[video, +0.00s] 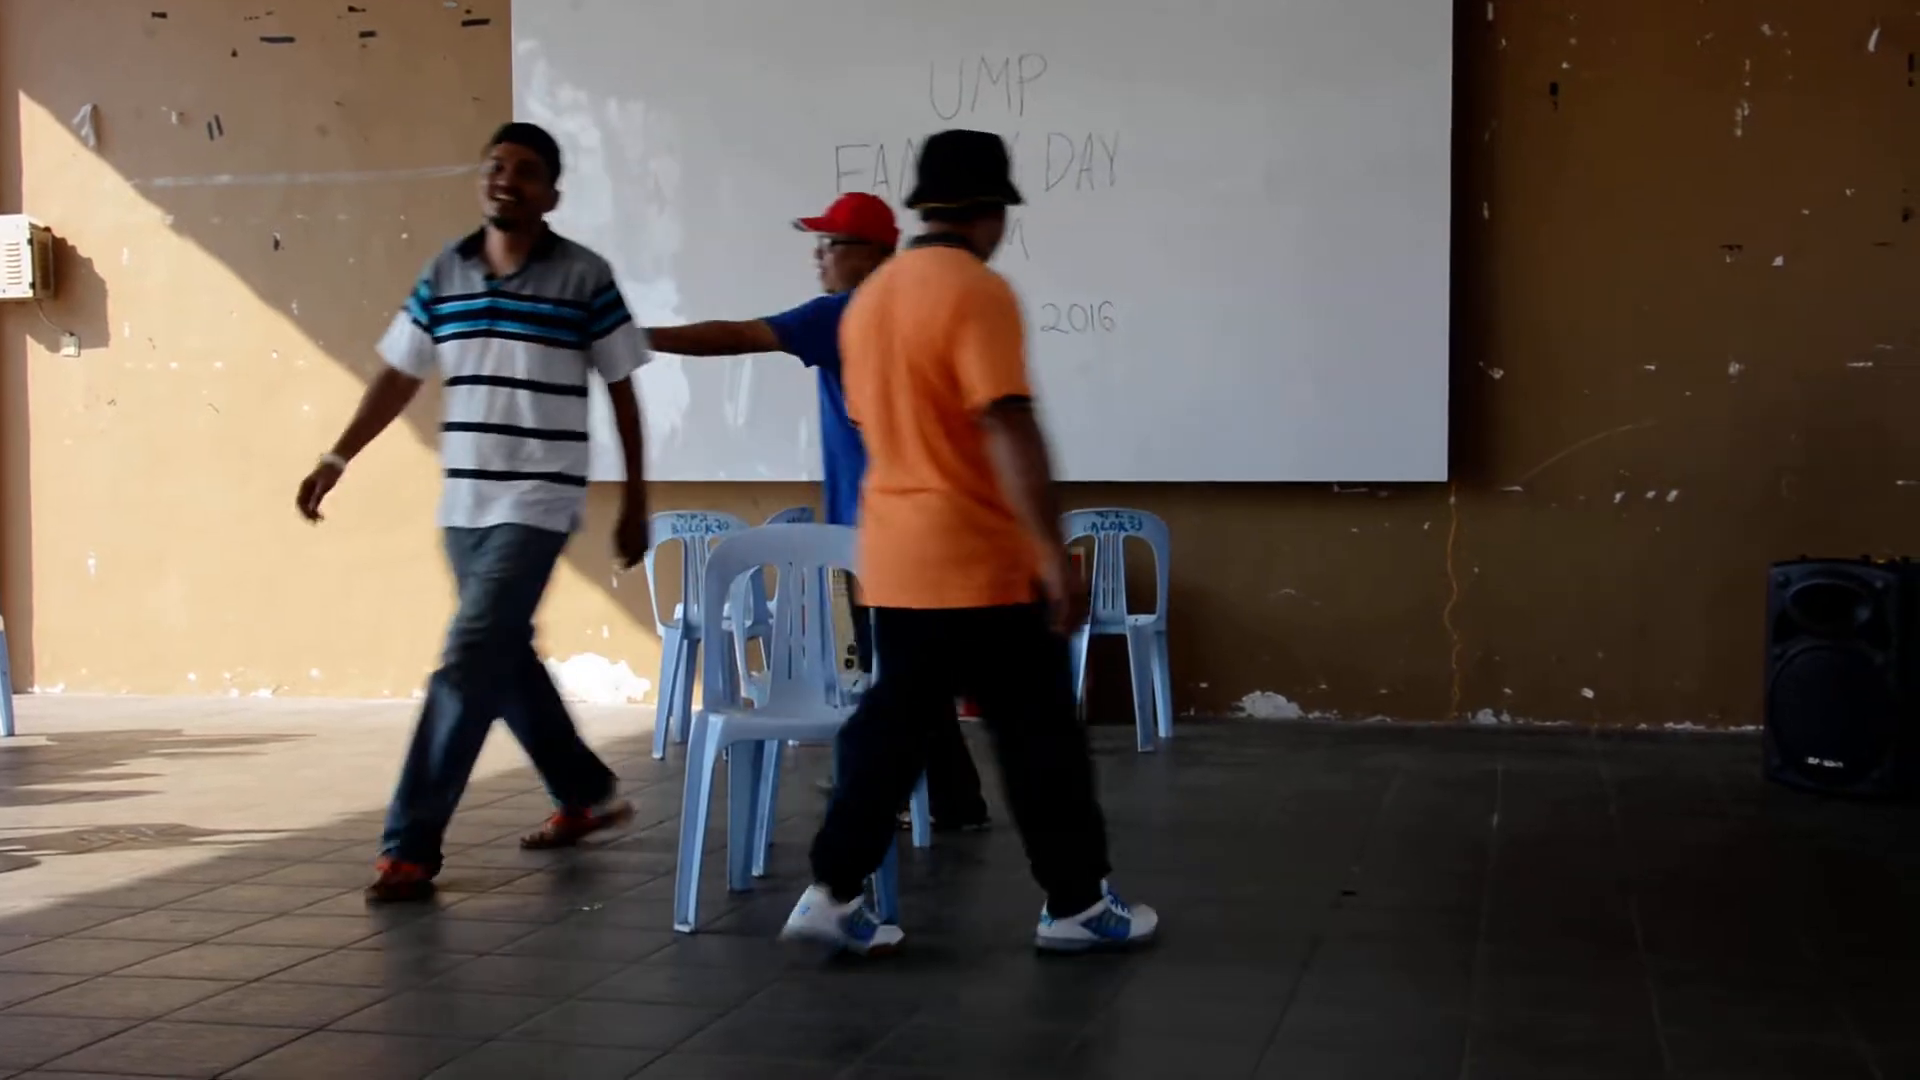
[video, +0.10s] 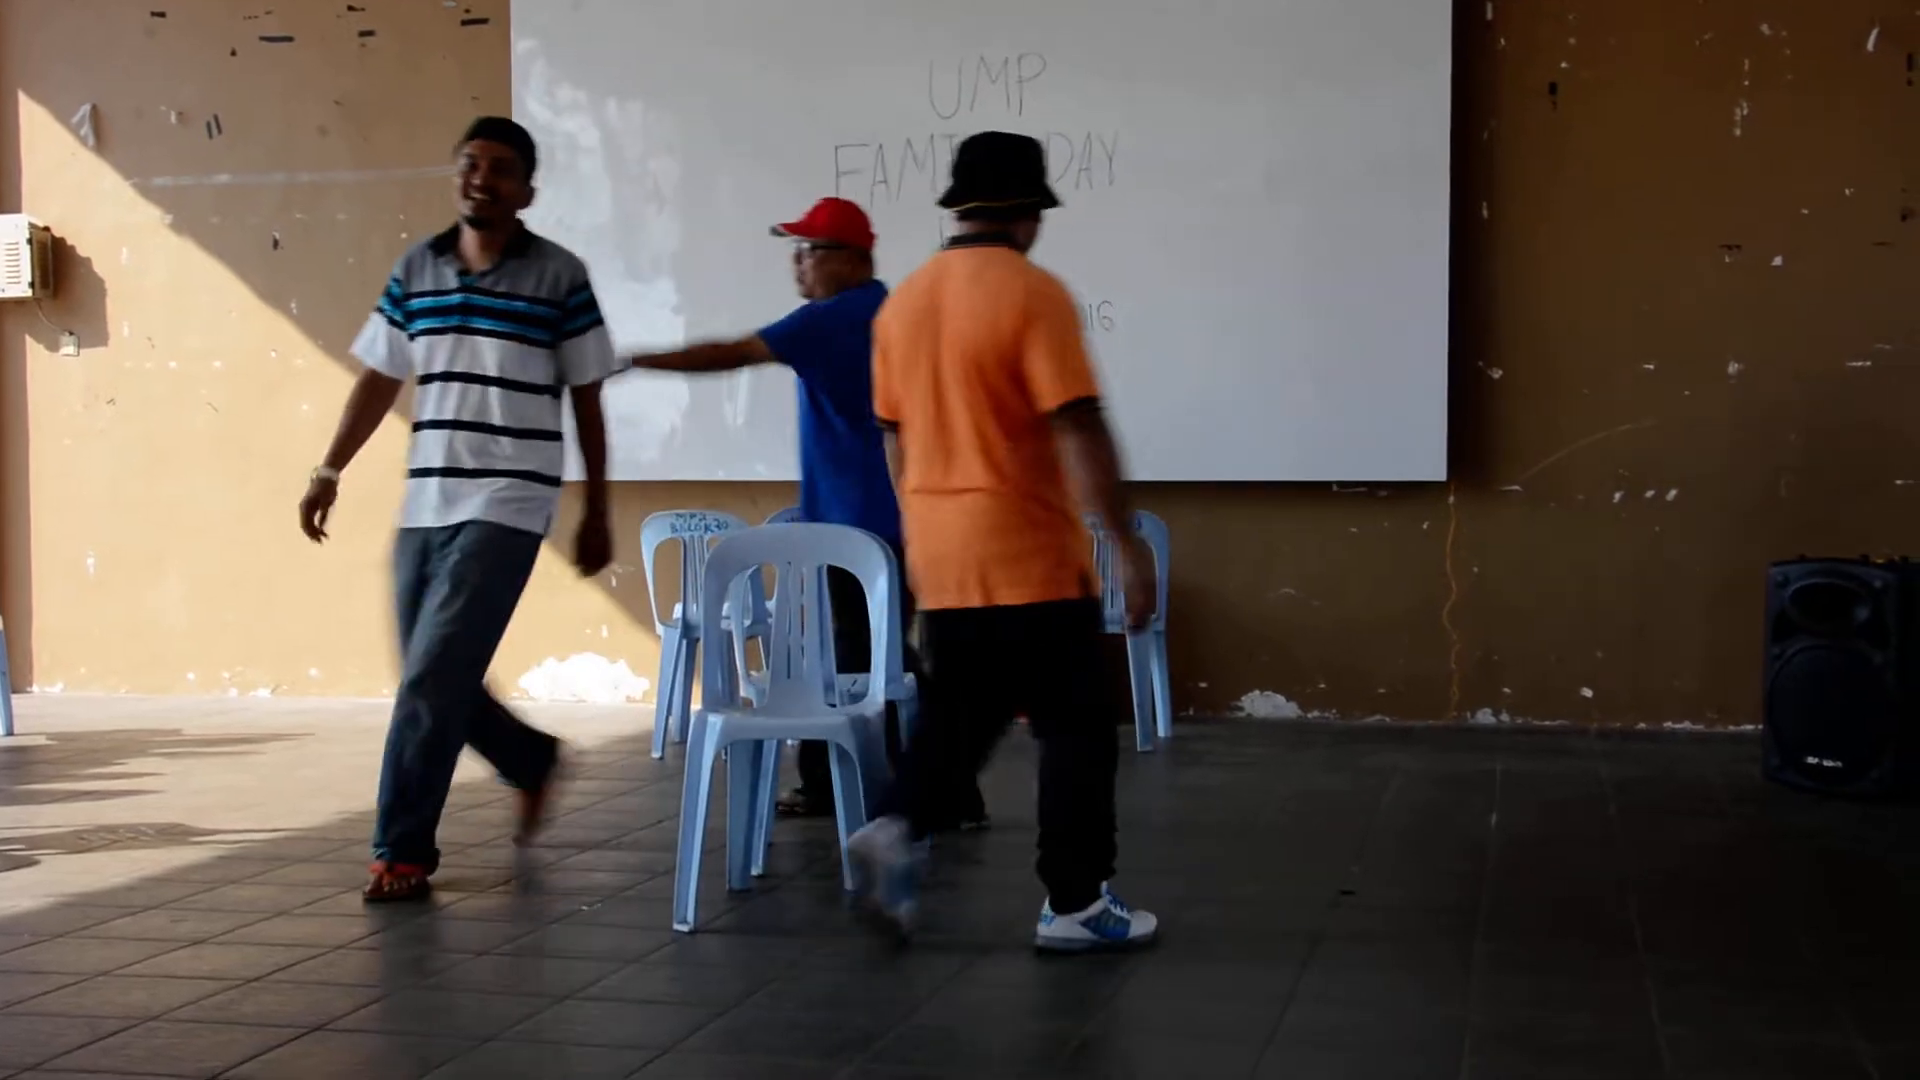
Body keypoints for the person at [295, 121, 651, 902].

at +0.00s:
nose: (503, 181)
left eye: (521, 172)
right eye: (495, 169)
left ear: (552, 191)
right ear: (477, 182)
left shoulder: (584, 277)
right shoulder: (446, 275)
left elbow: (623, 388)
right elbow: (398, 374)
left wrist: (636, 501)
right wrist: (337, 458)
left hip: (540, 503)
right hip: (463, 502)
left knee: (467, 662)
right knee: (503, 658)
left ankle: (411, 849)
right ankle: (588, 793)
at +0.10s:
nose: (479, 181)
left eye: (497, 171)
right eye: (470, 167)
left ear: (527, 187)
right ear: (452, 177)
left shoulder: (558, 276)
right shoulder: (417, 270)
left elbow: (588, 398)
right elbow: (380, 377)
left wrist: (598, 509)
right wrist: (329, 468)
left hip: (508, 502)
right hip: (427, 500)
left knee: (432, 673)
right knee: (427, 674)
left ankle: (404, 854)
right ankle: (533, 759)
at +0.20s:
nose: (461, 175)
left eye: (480, 163)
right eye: (448, 160)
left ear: (504, 178)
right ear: (427, 169)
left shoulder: (537, 266)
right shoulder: (393, 264)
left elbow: (561, 390)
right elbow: (367, 378)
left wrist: (562, 499)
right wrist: (325, 475)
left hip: (486, 510)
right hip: (395, 503)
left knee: (429, 677)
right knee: (361, 660)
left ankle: (403, 850)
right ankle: (444, 761)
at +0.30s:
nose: (443, 165)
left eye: (461, 152)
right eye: (429, 149)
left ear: (485, 165)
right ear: (406, 158)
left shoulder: (522, 252)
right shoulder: (372, 255)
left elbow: (549, 372)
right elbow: (352, 377)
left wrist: (535, 472)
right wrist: (321, 481)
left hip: (477, 510)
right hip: (376, 503)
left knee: (438, 687)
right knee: (332, 656)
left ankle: (404, 852)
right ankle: (343, 824)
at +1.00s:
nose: (513, 143)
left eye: (517, 127)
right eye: (501, 126)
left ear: (483, 125)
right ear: (443, 116)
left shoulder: (502, 223)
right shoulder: (349, 201)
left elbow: (530, 360)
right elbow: (287, 317)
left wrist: (579, 478)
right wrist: (257, 423)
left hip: (492, 501)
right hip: (380, 504)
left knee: (544, 663)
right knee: (356, 704)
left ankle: (508, 884)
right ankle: (333, 895)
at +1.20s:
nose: (590, 154)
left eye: (594, 138)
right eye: (583, 134)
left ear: (558, 127)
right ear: (535, 119)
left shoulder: (566, 243)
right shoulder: (443, 197)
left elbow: (581, 376)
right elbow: (385, 288)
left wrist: (602, 488)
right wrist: (389, 381)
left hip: (559, 504)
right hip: (453, 503)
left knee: (606, 701)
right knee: (400, 703)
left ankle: (643, 913)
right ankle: (333, 893)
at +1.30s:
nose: (643, 146)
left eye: (645, 129)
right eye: (635, 127)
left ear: (600, 121)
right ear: (587, 119)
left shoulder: (602, 223)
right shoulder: (501, 198)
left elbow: (590, 350)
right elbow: (443, 303)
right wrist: (472, 397)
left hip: (616, 510)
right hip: (523, 514)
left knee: (661, 699)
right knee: (463, 696)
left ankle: (648, 913)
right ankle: (344, 874)